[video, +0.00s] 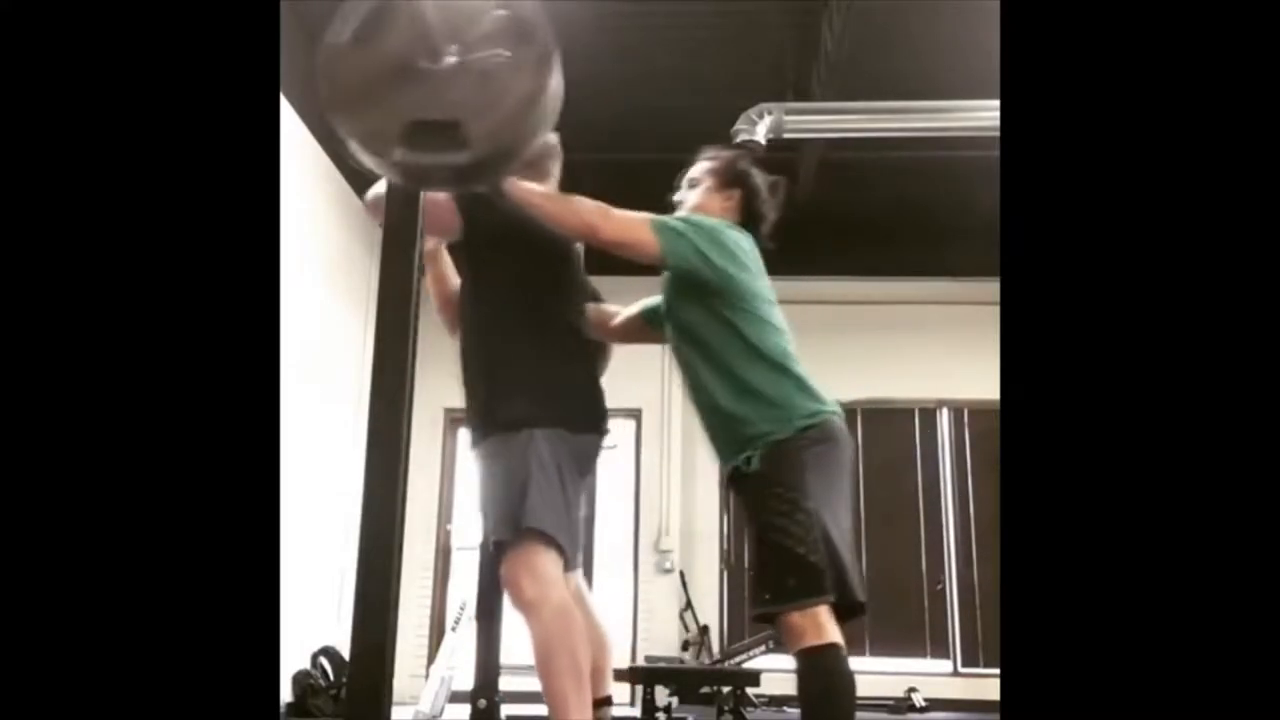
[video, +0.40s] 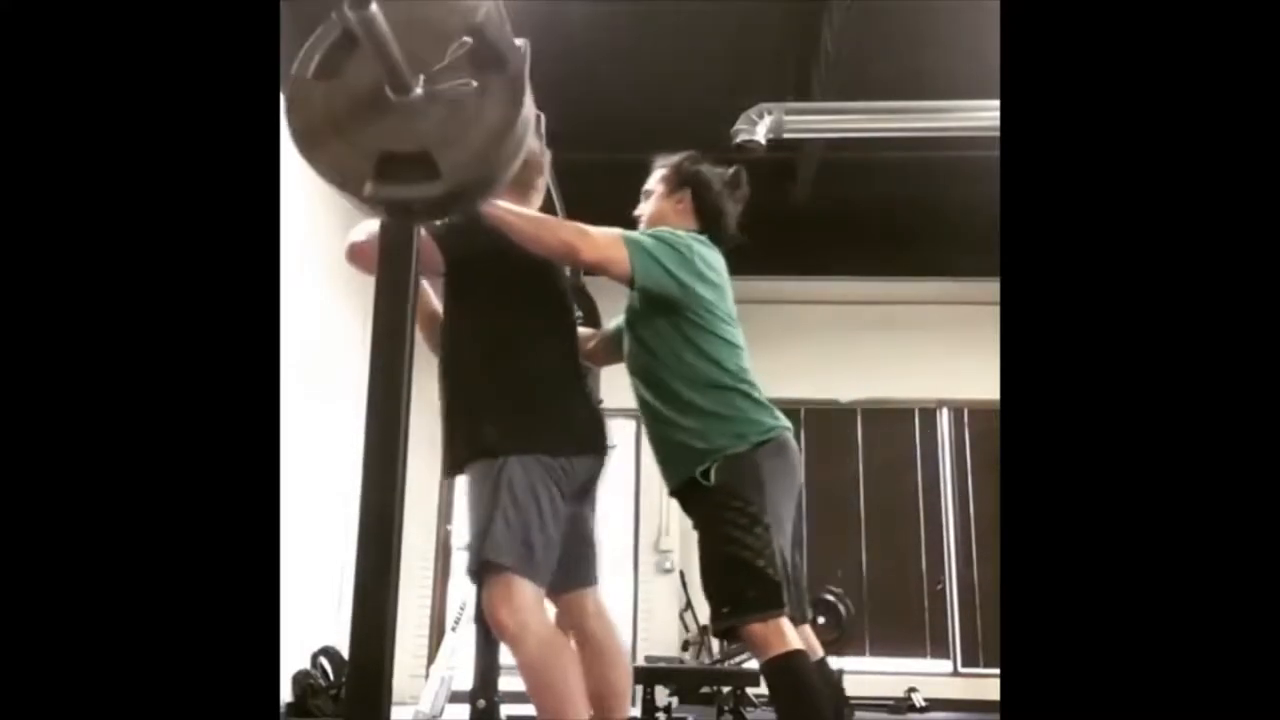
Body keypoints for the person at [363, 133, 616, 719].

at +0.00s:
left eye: (490, 155)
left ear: (507, 159)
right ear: (549, 168)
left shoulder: (509, 203)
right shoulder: (533, 227)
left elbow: (386, 205)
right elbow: (460, 319)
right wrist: (432, 244)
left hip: (537, 409)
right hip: (546, 413)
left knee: (529, 573)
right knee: (556, 576)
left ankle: (572, 714)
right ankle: (595, 707)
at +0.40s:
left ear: (480, 160)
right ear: (539, 171)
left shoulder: (484, 225)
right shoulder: (541, 239)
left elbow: (365, 247)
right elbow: (451, 342)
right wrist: (410, 282)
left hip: (521, 441)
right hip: (571, 437)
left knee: (512, 607)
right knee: (581, 606)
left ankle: (576, 713)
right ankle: (614, 713)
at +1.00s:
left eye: (495, 155)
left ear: (498, 176)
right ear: (543, 170)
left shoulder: (521, 239)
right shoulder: (533, 241)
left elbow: (550, 339)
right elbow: (554, 340)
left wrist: (582, 444)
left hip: (548, 453)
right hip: (581, 444)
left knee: (552, 602)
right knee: (596, 608)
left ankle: (587, 712)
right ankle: (622, 712)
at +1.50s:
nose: (510, 200)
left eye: (520, 184)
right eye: (497, 191)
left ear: (551, 173)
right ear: (483, 201)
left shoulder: (574, 238)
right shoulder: (506, 285)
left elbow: (575, 326)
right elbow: (500, 392)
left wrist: (472, 386)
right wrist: (429, 438)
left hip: (569, 451)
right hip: (516, 456)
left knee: (554, 603)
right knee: (520, 604)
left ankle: (590, 716)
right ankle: (564, 716)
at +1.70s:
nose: (521, 191)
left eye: (534, 177)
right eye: (509, 181)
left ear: (562, 187)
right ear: (493, 203)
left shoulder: (593, 246)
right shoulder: (500, 297)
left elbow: (606, 345)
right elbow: (478, 385)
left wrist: (530, 419)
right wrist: (425, 438)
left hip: (574, 452)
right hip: (514, 453)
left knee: (550, 598)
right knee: (532, 605)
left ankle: (584, 714)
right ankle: (568, 714)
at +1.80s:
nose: (535, 189)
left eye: (547, 177)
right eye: (522, 180)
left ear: (571, 190)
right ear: (504, 200)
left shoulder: (606, 250)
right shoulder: (501, 297)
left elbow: (628, 355)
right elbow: (474, 388)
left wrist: (589, 453)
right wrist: (438, 457)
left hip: (576, 454)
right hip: (513, 464)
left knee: (560, 591)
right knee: (535, 602)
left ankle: (592, 715)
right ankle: (565, 714)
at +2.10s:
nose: (604, 170)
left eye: (609, 158)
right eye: (587, 160)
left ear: (621, 166)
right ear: (548, 175)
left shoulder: (659, 241)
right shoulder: (523, 270)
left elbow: (718, 327)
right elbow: (501, 375)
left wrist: (755, 430)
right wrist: (503, 474)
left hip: (625, 452)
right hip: (539, 461)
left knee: (636, 589)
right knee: (558, 611)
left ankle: (660, 715)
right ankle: (574, 717)